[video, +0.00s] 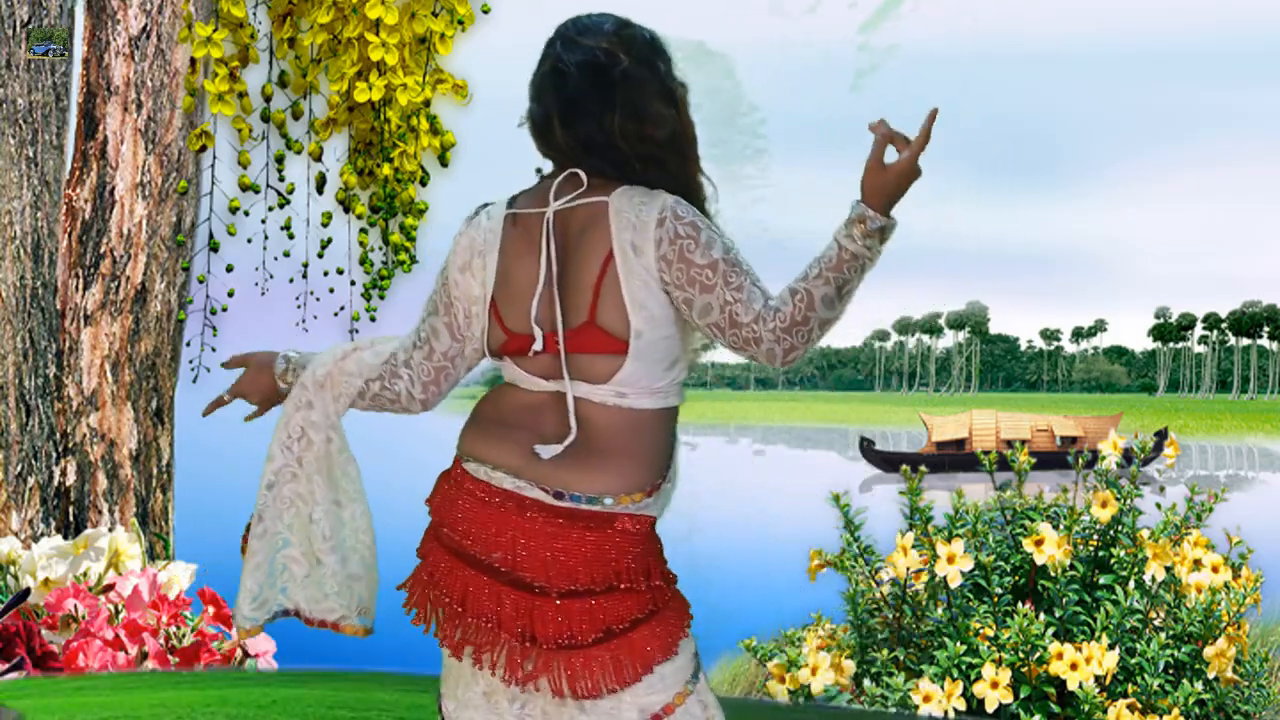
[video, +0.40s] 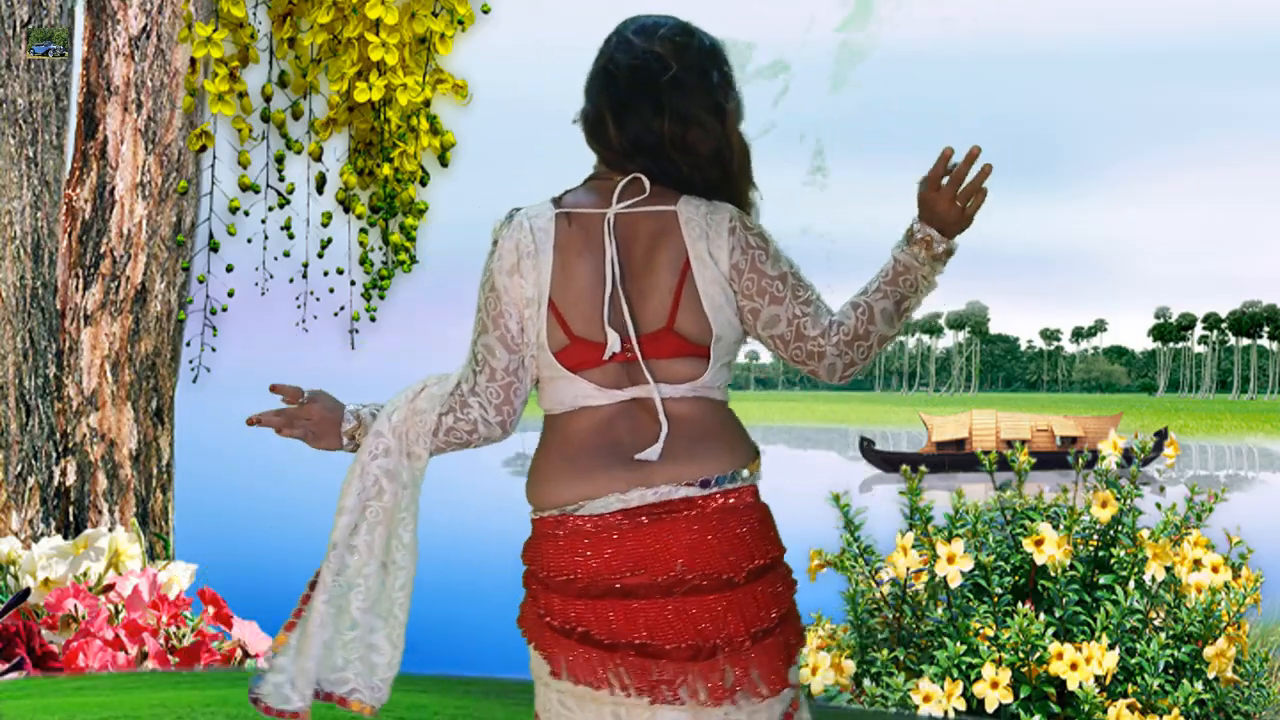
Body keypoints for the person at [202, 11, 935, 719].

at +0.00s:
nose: (681, 111)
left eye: (675, 90)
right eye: (671, 93)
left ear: (549, 112)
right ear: (645, 108)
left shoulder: (490, 231)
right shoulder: (662, 223)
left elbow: (415, 380)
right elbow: (776, 339)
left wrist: (293, 374)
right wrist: (871, 216)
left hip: (475, 505)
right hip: (600, 533)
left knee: (488, 694)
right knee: (649, 700)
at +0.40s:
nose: (735, 123)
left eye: (725, 102)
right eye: (727, 104)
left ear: (597, 113)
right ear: (709, 116)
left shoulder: (526, 235)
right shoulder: (722, 229)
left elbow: (486, 406)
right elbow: (834, 353)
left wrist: (351, 427)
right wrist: (928, 244)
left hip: (575, 516)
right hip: (715, 505)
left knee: (585, 698)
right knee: (741, 700)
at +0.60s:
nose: (761, 131)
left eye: (756, 108)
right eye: (751, 110)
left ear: (628, 117)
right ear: (729, 121)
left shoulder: (543, 236)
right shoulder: (728, 233)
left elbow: (481, 400)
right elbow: (854, 355)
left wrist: (354, 454)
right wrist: (944, 233)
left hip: (609, 522)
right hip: (742, 502)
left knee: (631, 699)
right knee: (768, 702)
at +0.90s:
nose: (784, 140)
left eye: (780, 114)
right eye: (773, 117)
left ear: (644, 119)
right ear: (740, 128)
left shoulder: (555, 233)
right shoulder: (724, 250)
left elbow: (487, 368)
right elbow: (864, 357)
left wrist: (383, 467)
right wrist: (941, 227)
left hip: (597, 518)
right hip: (716, 505)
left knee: (643, 706)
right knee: (776, 704)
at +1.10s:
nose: (775, 131)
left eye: (768, 107)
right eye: (763, 109)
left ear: (637, 115)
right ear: (733, 124)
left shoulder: (555, 219)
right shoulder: (705, 244)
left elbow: (488, 362)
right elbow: (837, 356)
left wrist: (397, 460)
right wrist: (923, 231)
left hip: (554, 535)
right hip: (668, 536)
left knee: (611, 708)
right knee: (755, 701)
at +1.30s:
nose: (739, 127)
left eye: (729, 104)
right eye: (726, 108)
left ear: (604, 128)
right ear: (707, 125)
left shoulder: (537, 237)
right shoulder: (693, 246)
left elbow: (469, 372)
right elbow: (832, 343)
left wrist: (356, 446)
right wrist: (907, 206)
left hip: (504, 540)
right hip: (620, 565)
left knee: (527, 701)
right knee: (734, 708)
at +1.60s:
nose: (704, 120)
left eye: (697, 100)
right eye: (695, 101)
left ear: (571, 121)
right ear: (671, 117)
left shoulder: (505, 241)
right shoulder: (687, 233)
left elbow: (442, 392)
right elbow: (828, 321)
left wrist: (320, 412)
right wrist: (906, 194)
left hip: (505, 526)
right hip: (632, 538)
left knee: (522, 701)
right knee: (673, 700)